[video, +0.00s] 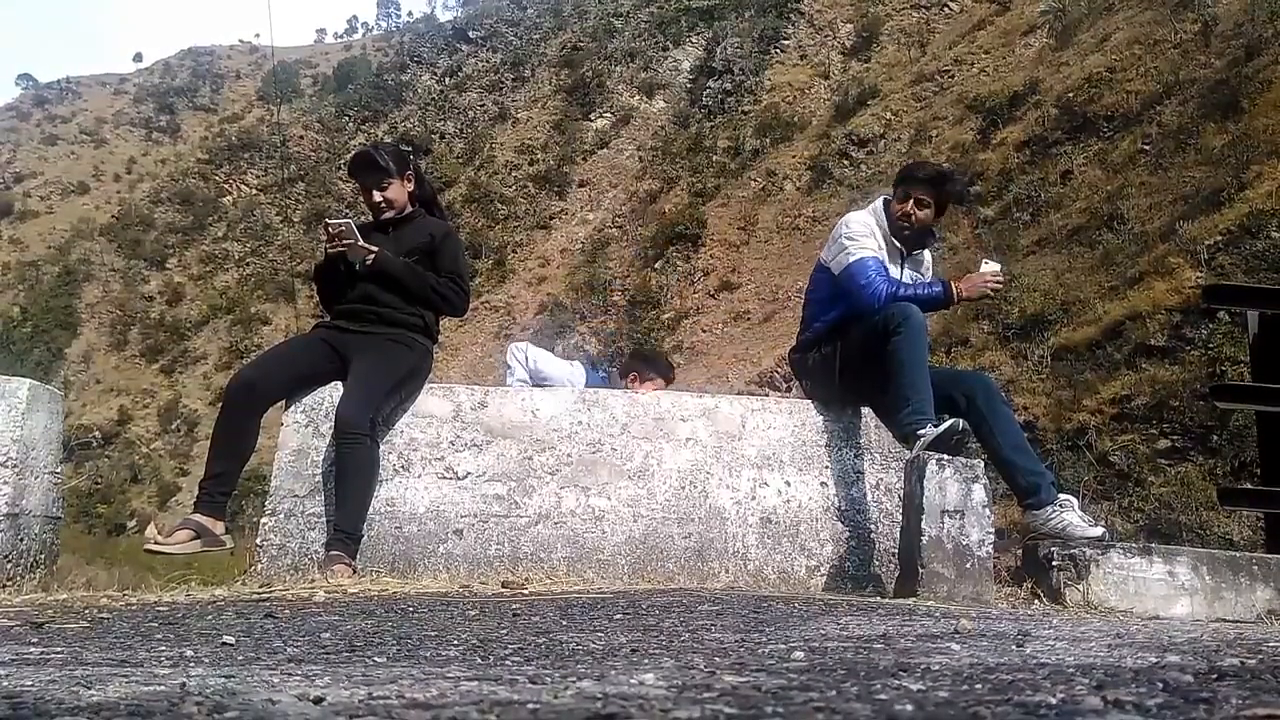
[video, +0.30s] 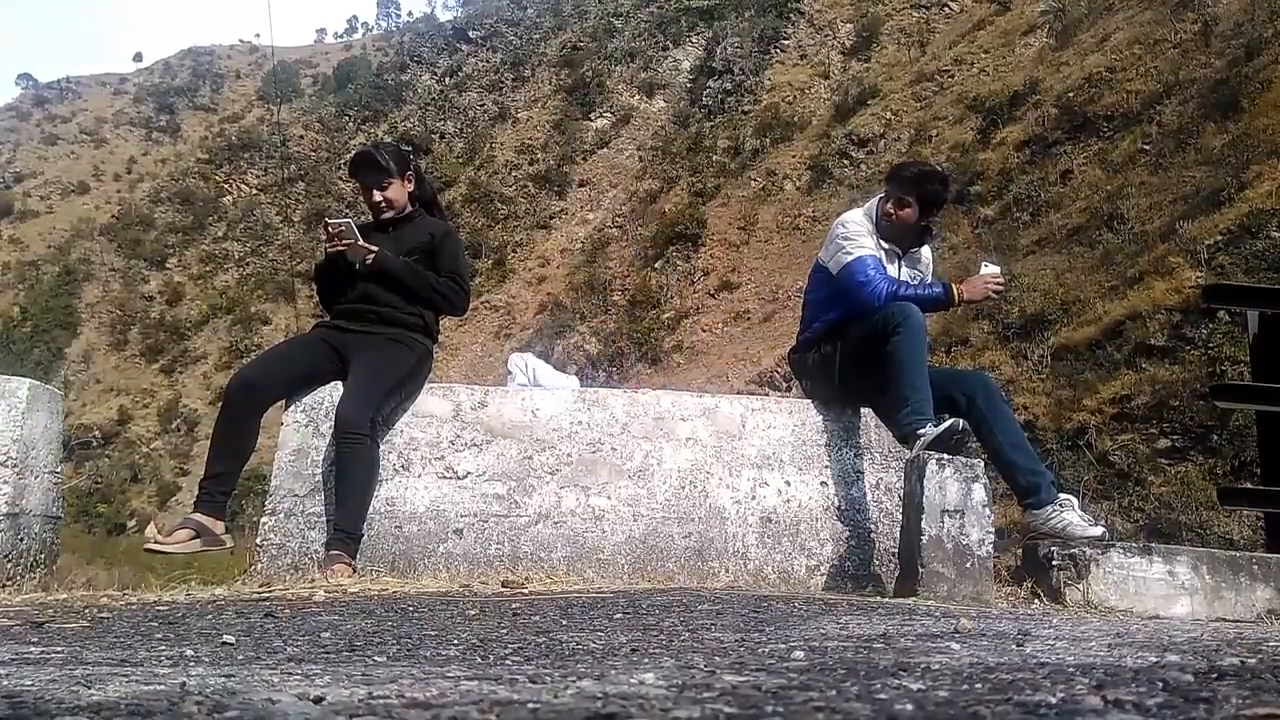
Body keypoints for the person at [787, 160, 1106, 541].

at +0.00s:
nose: (907, 209)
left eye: (921, 205)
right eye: (901, 198)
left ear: (936, 217)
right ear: (891, 197)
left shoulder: (921, 254)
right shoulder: (855, 229)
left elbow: (914, 308)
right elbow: (875, 292)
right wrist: (951, 290)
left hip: (880, 373)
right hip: (825, 368)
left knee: (977, 388)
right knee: (904, 317)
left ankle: (1043, 505)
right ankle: (918, 429)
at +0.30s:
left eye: (912, 212)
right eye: (919, 220)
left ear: (922, 218)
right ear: (891, 203)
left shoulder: (919, 252)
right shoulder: (851, 228)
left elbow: (914, 308)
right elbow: (875, 290)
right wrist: (956, 292)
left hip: (880, 373)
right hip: (825, 367)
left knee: (976, 387)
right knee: (903, 316)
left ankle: (1043, 504)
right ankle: (917, 429)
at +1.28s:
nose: (880, 198)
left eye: (894, 195)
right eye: (879, 189)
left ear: (914, 209)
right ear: (871, 189)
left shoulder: (912, 240)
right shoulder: (841, 225)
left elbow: (921, 312)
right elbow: (874, 290)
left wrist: (917, 315)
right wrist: (961, 286)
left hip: (881, 368)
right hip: (825, 363)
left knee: (977, 384)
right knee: (901, 314)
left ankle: (1043, 503)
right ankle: (918, 427)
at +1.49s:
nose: (916, 205)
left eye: (923, 197)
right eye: (906, 193)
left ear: (926, 203)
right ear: (878, 189)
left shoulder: (910, 236)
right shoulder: (842, 223)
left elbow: (924, 311)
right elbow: (870, 291)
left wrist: (910, 319)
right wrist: (957, 285)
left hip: (882, 367)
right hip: (825, 364)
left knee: (977, 385)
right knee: (900, 315)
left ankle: (1044, 503)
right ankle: (917, 429)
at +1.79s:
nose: (936, 206)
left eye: (940, 197)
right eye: (929, 194)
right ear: (895, 192)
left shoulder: (909, 238)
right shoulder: (847, 221)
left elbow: (918, 312)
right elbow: (863, 291)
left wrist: (907, 320)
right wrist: (945, 280)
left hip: (880, 368)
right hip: (825, 365)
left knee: (977, 385)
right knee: (895, 312)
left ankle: (1043, 502)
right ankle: (917, 426)